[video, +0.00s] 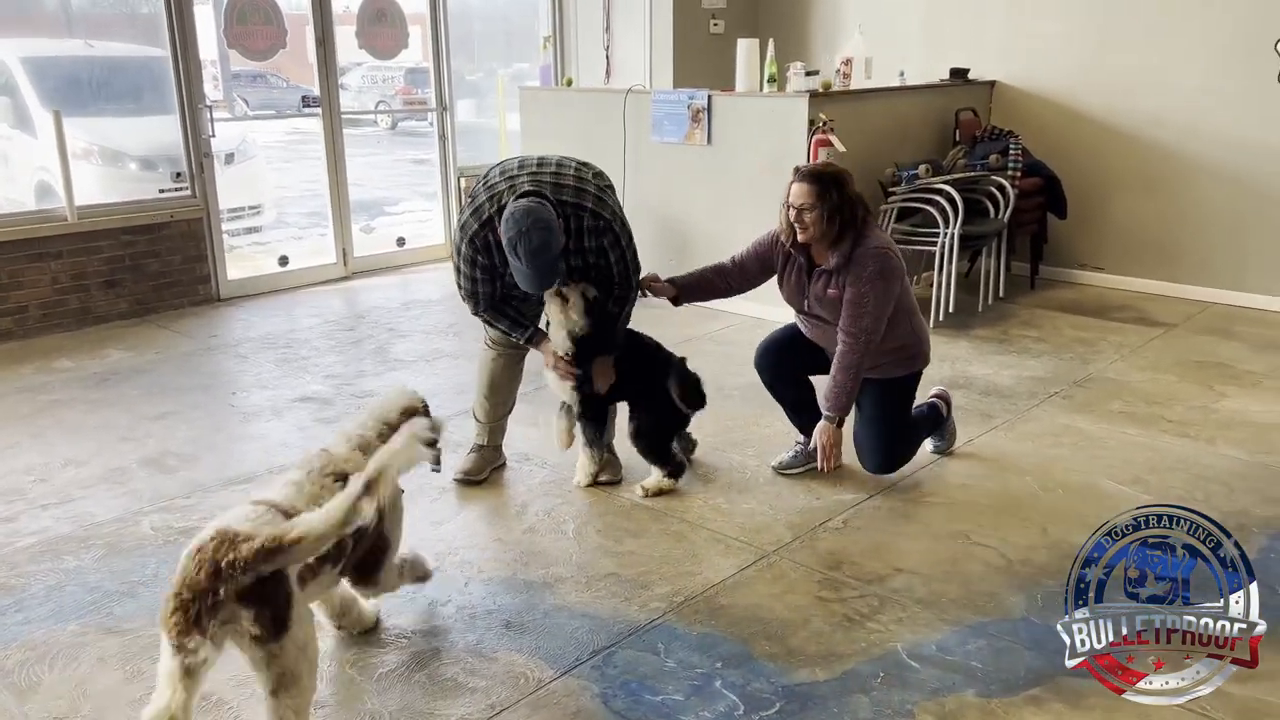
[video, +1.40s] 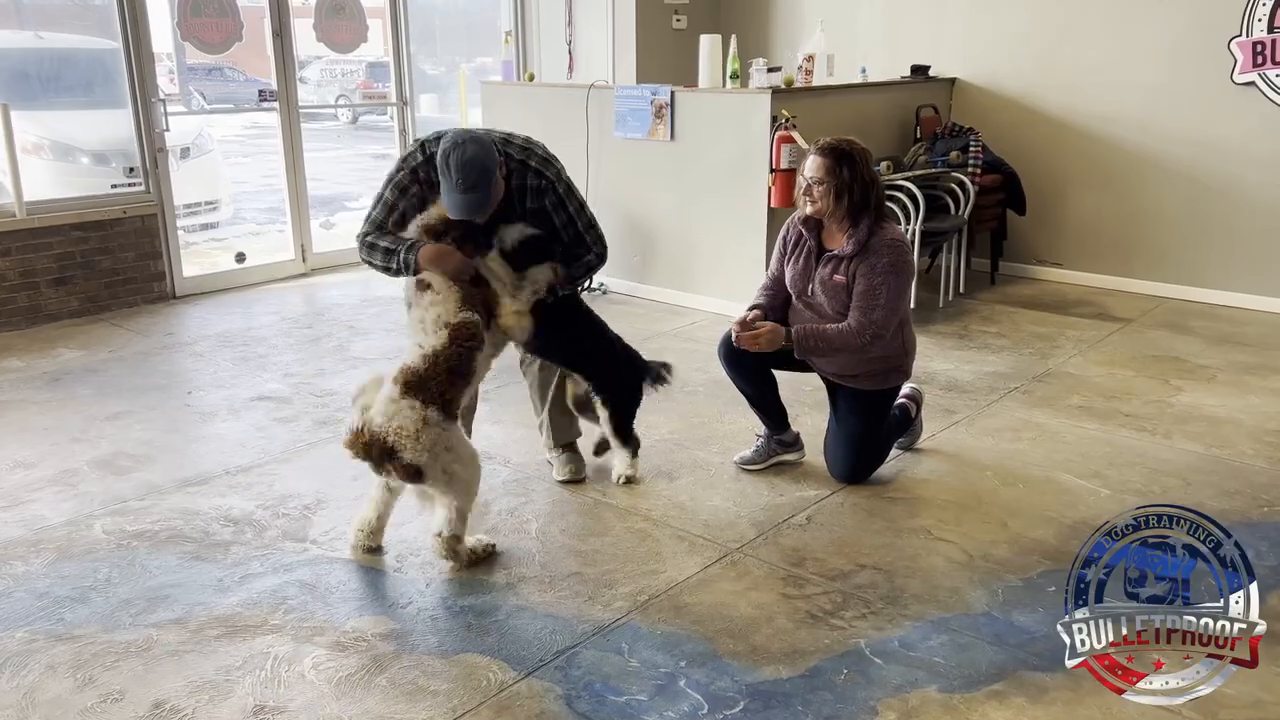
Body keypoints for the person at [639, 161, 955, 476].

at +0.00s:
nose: (796, 218)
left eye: (806, 210)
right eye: (791, 208)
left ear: (834, 210)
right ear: (786, 207)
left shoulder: (872, 259)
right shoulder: (787, 244)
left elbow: (854, 344)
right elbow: (735, 273)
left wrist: (833, 419)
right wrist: (674, 288)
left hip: (888, 353)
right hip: (831, 337)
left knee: (878, 459)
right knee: (772, 357)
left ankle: (938, 411)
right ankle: (813, 442)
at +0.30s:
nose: (804, 216)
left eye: (815, 208)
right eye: (802, 206)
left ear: (844, 212)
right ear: (798, 202)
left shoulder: (884, 265)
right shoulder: (796, 238)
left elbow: (862, 351)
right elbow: (753, 270)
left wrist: (809, 406)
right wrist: (708, 282)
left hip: (878, 364)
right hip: (822, 342)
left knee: (866, 469)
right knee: (759, 353)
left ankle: (925, 410)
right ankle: (805, 441)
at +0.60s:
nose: (803, 199)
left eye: (814, 192)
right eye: (802, 189)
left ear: (845, 195)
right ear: (798, 189)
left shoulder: (886, 252)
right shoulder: (799, 232)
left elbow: (888, 339)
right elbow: (778, 282)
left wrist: (817, 368)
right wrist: (752, 308)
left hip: (871, 359)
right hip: (814, 335)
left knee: (857, 468)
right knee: (746, 347)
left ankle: (918, 407)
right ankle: (792, 435)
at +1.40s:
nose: (804, 190)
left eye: (816, 182)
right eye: (803, 180)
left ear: (847, 186)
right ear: (799, 181)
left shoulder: (886, 247)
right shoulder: (798, 228)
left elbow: (864, 334)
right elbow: (775, 286)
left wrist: (788, 337)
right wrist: (758, 314)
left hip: (866, 364)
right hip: (814, 348)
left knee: (847, 470)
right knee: (734, 346)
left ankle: (908, 407)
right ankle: (780, 435)